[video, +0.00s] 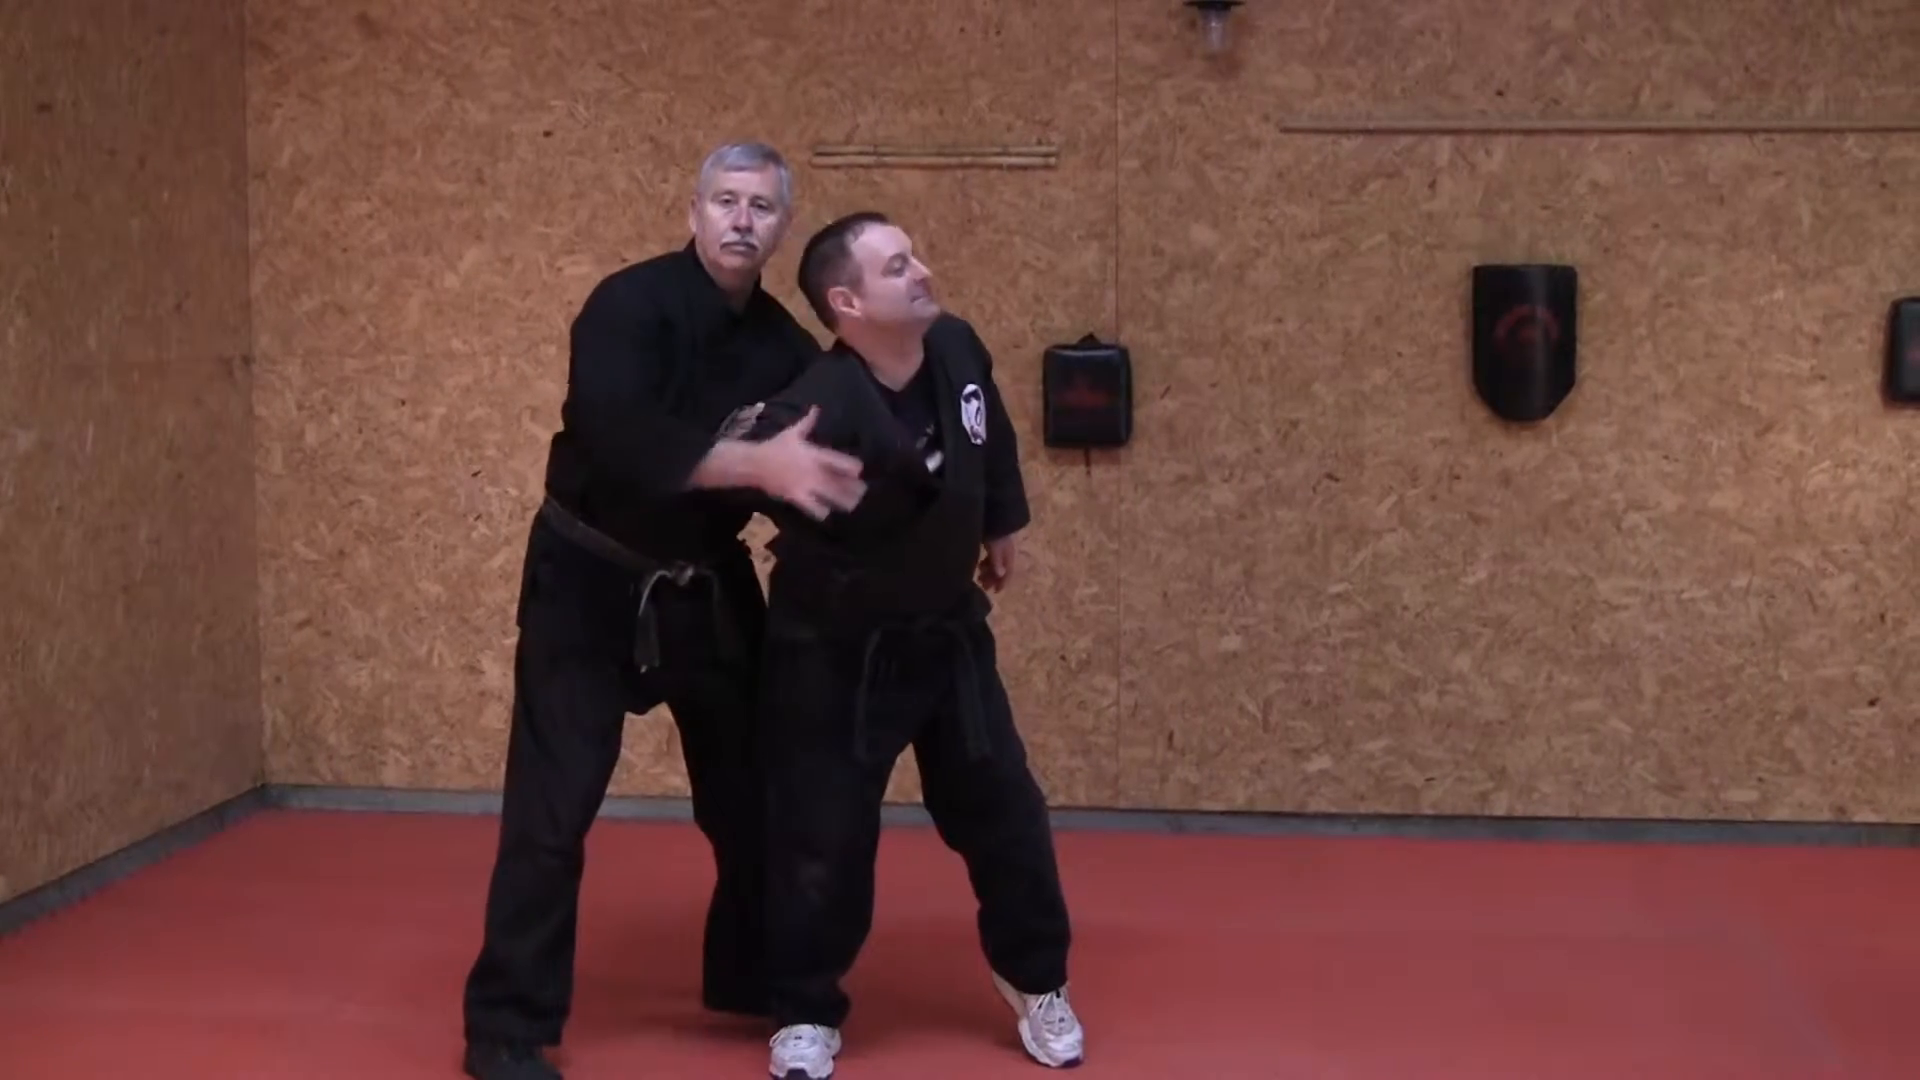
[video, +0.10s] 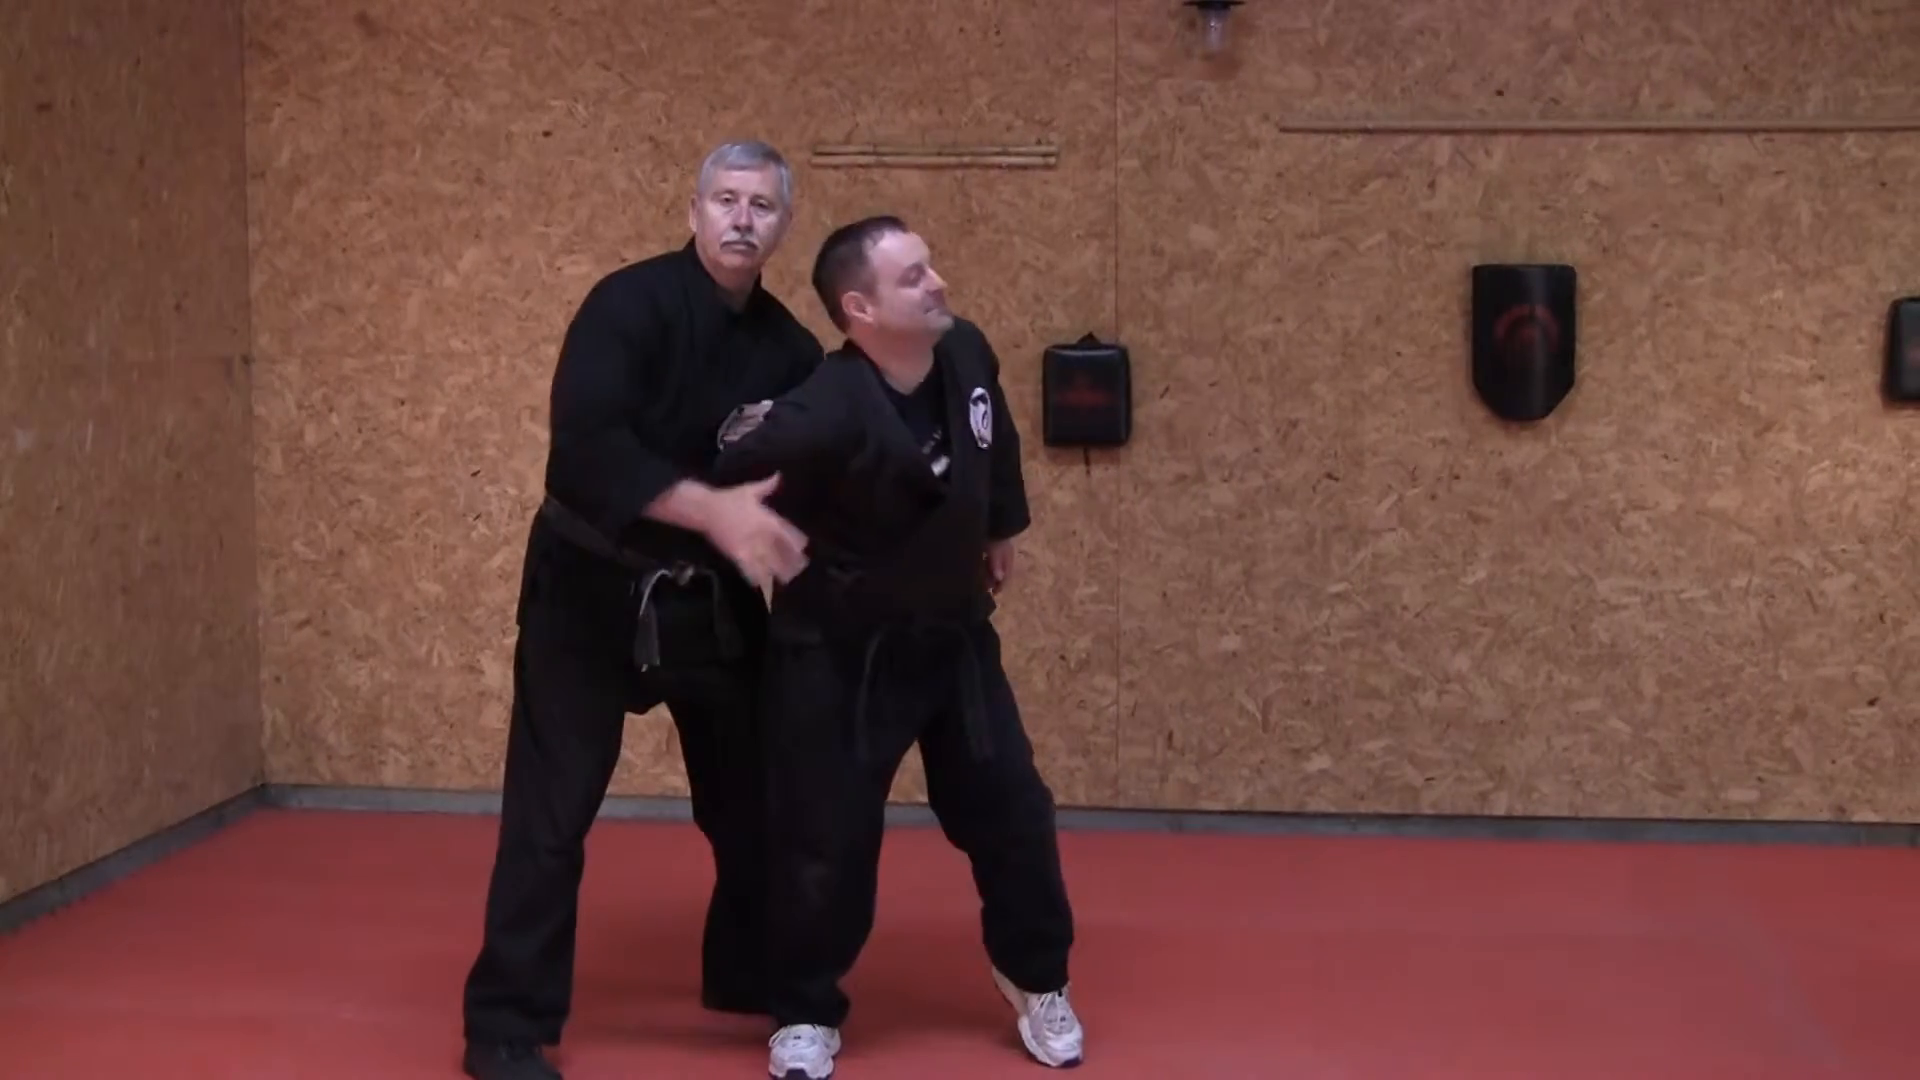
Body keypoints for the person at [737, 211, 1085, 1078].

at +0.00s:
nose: (922, 273)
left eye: (916, 259)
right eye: (897, 268)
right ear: (845, 305)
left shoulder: (954, 347)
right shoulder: (815, 410)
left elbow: (991, 436)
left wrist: (1004, 524)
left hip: (944, 631)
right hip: (831, 648)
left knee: (1003, 808)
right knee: (821, 832)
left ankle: (1038, 983)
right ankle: (806, 1014)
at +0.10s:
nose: (937, 283)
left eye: (932, 268)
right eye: (914, 278)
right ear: (859, 312)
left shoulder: (965, 353)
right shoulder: (829, 406)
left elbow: (995, 443)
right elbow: (733, 466)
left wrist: (1003, 527)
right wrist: (734, 444)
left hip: (951, 632)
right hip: (837, 645)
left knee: (1011, 807)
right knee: (826, 831)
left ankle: (1037, 979)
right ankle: (808, 1013)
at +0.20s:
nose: (964, 302)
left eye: (959, 285)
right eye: (940, 295)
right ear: (882, 322)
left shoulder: (980, 361)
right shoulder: (838, 416)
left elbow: (1005, 452)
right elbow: (733, 474)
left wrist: (1005, 536)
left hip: (962, 629)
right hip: (846, 645)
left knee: (1030, 803)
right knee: (828, 833)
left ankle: (1042, 968)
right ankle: (807, 1015)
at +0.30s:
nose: (1002, 319)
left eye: (999, 302)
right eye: (981, 310)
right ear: (919, 330)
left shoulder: (1013, 375)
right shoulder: (863, 419)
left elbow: (1025, 460)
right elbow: (759, 454)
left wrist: (1021, 541)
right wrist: (772, 434)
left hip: (973, 634)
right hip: (861, 645)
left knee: (1037, 812)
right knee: (835, 829)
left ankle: (1074, 989)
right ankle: (807, 1015)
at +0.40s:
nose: (1053, 344)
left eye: (1052, 327)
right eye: (1031, 332)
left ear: (1055, 325)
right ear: (970, 340)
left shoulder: (1063, 408)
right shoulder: (903, 417)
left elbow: (1056, 537)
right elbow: (793, 445)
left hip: (997, 651)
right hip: (882, 655)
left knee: (1046, 830)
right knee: (839, 833)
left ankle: (1092, 1011)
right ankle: (807, 1015)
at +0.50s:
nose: (1104, 372)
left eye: (1113, 352)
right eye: (1082, 354)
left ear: (1121, 347)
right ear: (1025, 349)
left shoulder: (1119, 426)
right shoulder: (952, 413)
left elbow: (1119, 518)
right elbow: (827, 437)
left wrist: (1102, 590)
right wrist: (878, 489)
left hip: (1040, 652)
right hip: (918, 652)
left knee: (1077, 838)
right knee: (854, 828)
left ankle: (1101, 1018)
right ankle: (807, 1013)